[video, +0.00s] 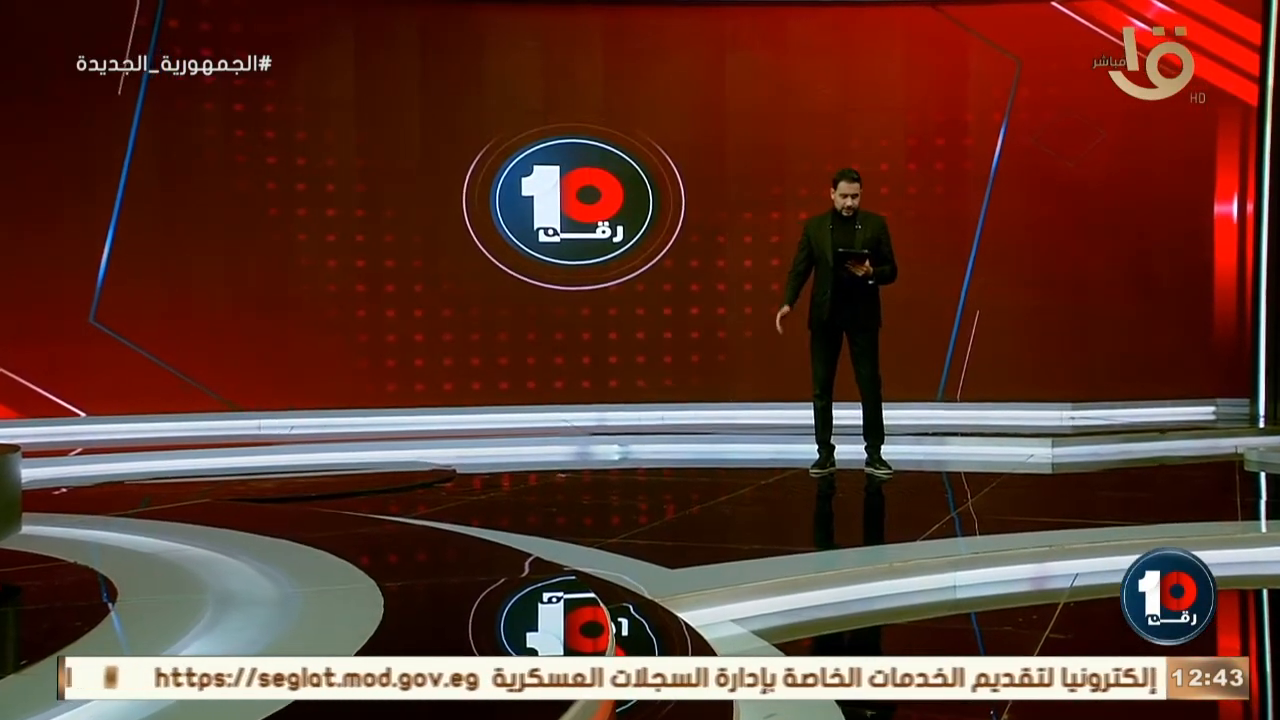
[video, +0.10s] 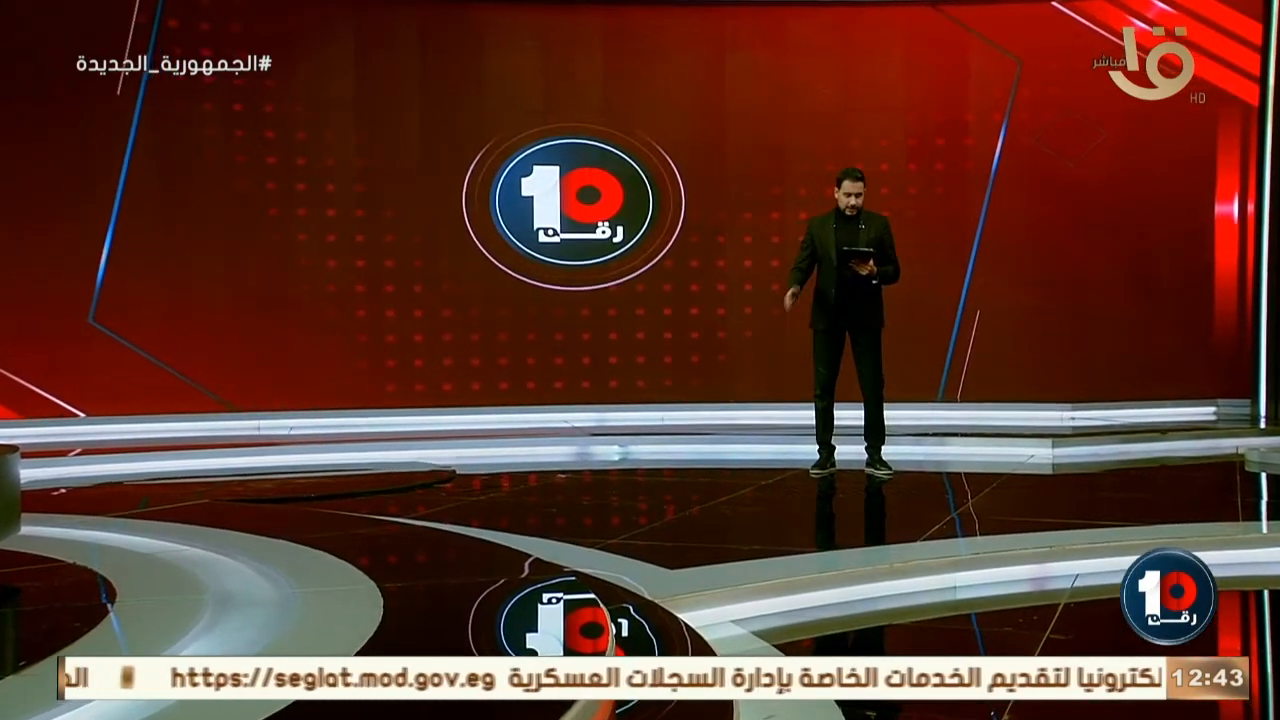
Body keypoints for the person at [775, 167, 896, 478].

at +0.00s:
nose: (850, 202)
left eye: (855, 196)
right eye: (844, 196)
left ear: (862, 195)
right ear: (832, 194)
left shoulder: (875, 225)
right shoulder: (815, 227)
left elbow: (890, 272)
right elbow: (800, 267)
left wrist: (872, 272)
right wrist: (788, 302)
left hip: (863, 318)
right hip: (825, 318)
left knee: (870, 385)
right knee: (822, 387)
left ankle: (874, 455)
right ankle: (824, 454)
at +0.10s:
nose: (853, 201)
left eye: (858, 195)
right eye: (848, 195)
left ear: (866, 194)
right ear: (836, 193)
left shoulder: (878, 225)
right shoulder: (818, 226)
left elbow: (893, 272)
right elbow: (803, 263)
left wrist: (876, 272)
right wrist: (795, 285)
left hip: (866, 318)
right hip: (828, 317)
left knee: (873, 387)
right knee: (823, 387)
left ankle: (875, 455)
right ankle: (825, 454)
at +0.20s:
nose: (856, 200)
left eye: (861, 194)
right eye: (850, 194)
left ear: (867, 195)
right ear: (838, 193)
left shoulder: (880, 226)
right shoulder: (821, 227)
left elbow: (895, 273)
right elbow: (804, 262)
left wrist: (878, 272)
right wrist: (801, 280)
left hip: (868, 318)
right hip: (830, 318)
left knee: (874, 388)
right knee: (825, 388)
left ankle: (875, 455)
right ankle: (825, 455)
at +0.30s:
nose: (857, 200)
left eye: (862, 194)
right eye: (852, 193)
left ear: (869, 194)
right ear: (840, 192)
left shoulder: (882, 225)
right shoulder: (822, 227)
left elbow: (897, 273)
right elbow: (804, 268)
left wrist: (881, 272)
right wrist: (809, 281)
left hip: (870, 318)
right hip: (832, 318)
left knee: (875, 387)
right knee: (827, 387)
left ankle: (875, 456)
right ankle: (825, 454)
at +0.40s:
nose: (860, 199)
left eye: (865, 193)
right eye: (855, 193)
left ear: (872, 195)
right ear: (843, 192)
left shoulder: (885, 226)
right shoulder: (826, 227)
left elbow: (900, 274)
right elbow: (808, 271)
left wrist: (884, 272)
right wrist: (822, 284)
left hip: (873, 319)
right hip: (835, 318)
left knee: (877, 389)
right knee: (829, 388)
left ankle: (875, 456)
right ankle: (826, 454)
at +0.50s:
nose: (862, 199)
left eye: (868, 194)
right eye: (857, 193)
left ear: (874, 194)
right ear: (845, 192)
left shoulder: (886, 226)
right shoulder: (827, 227)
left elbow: (901, 274)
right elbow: (810, 273)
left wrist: (886, 273)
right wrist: (827, 290)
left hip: (875, 319)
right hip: (837, 318)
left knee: (878, 390)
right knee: (830, 388)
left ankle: (876, 457)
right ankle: (826, 455)